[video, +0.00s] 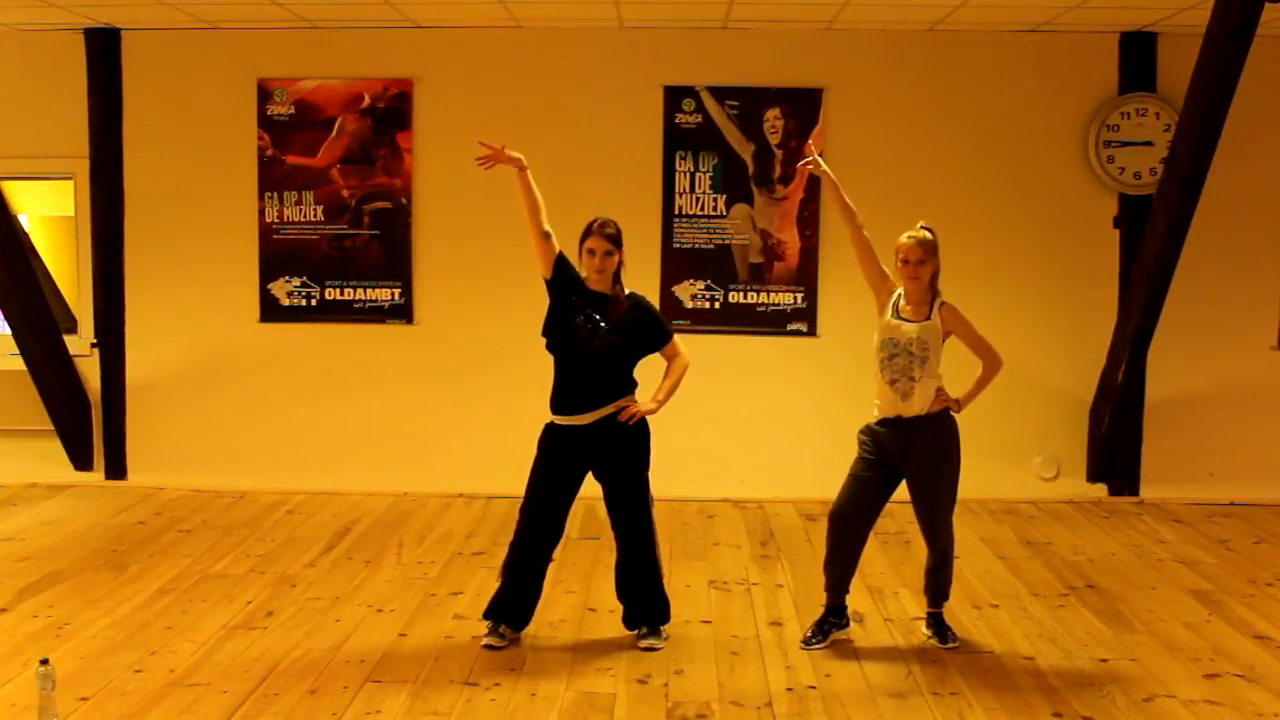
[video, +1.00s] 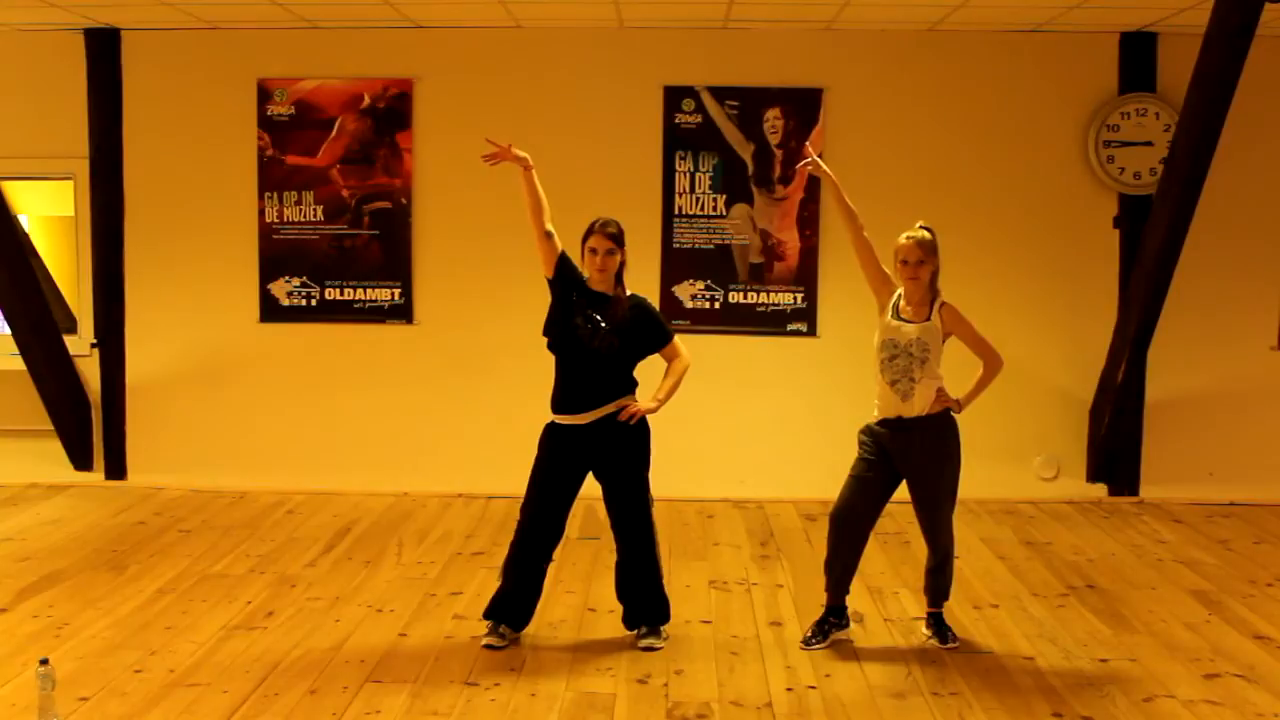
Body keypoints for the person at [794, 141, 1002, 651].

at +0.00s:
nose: (906, 268)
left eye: (915, 262)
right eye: (901, 261)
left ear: (933, 265)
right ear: (895, 262)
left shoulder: (944, 315)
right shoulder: (888, 298)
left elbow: (993, 361)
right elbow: (855, 226)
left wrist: (961, 401)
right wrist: (823, 171)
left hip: (933, 435)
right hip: (883, 435)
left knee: (939, 531)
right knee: (844, 519)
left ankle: (936, 615)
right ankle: (834, 612)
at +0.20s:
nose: (906, 268)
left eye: (915, 262)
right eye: (901, 261)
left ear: (933, 265)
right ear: (895, 262)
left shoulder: (944, 315)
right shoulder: (888, 298)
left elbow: (993, 361)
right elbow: (855, 227)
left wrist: (961, 401)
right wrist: (826, 171)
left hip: (933, 435)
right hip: (883, 435)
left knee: (939, 531)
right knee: (844, 518)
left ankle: (936, 615)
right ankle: (834, 612)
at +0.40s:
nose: (906, 268)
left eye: (915, 262)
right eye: (901, 261)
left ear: (933, 265)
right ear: (895, 263)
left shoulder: (944, 314)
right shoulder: (888, 299)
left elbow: (993, 361)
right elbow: (856, 227)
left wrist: (962, 401)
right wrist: (826, 171)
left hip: (933, 435)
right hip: (883, 435)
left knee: (939, 531)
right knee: (844, 519)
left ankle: (936, 615)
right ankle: (834, 612)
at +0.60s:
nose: (906, 269)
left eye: (914, 262)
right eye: (901, 262)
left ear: (932, 264)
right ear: (894, 263)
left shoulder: (943, 314)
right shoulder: (887, 299)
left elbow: (993, 361)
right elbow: (855, 227)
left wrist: (961, 401)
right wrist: (825, 170)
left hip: (933, 435)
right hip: (883, 435)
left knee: (939, 532)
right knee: (845, 519)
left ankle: (936, 615)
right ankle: (834, 612)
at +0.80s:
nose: (905, 268)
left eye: (914, 262)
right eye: (901, 261)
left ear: (932, 265)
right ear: (894, 263)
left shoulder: (943, 314)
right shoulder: (888, 299)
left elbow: (994, 361)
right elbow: (855, 228)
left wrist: (961, 401)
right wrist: (825, 170)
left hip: (933, 436)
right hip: (883, 436)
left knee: (939, 532)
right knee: (845, 519)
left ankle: (936, 615)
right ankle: (834, 612)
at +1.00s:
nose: (907, 269)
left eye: (916, 262)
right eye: (902, 262)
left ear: (934, 265)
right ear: (895, 263)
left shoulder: (944, 314)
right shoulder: (888, 299)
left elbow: (994, 362)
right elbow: (856, 228)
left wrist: (962, 402)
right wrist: (824, 173)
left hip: (933, 435)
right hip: (883, 435)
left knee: (939, 533)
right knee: (845, 519)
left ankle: (936, 615)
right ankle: (834, 612)